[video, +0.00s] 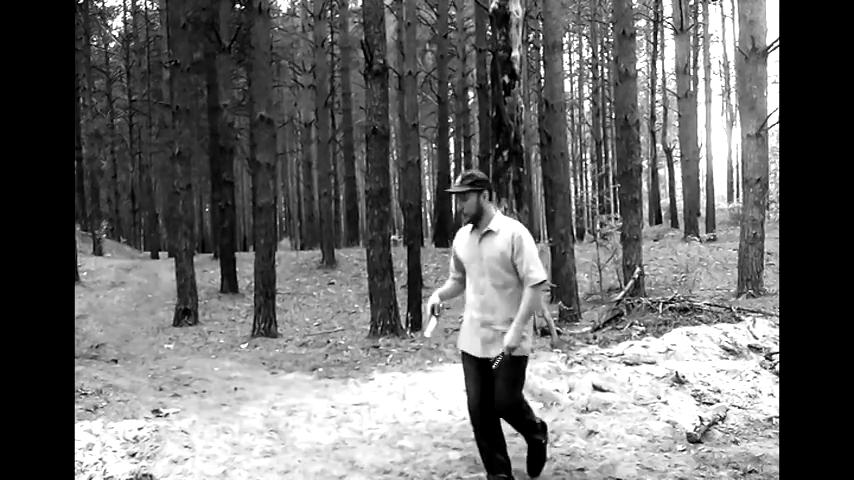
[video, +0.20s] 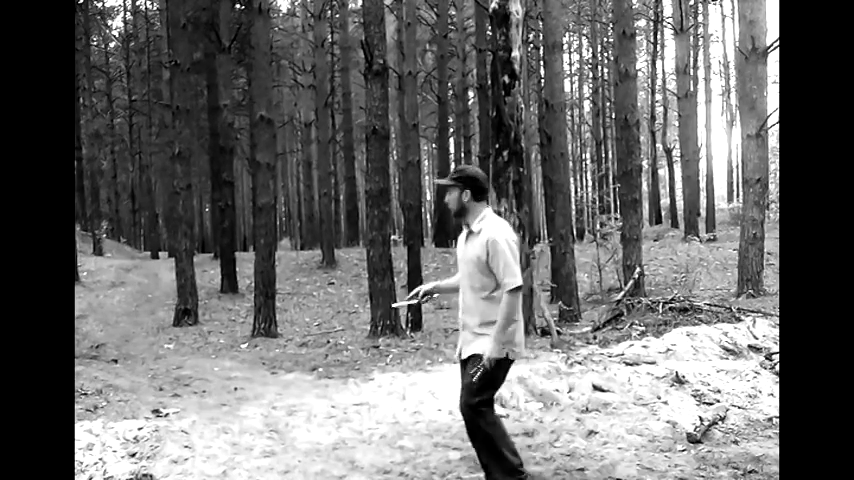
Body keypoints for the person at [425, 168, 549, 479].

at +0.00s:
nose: (459, 205)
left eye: (464, 198)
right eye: (457, 199)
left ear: (484, 196)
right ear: (463, 200)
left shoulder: (514, 233)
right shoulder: (462, 237)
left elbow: (535, 284)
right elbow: (457, 280)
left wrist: (516, 331)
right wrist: (438, 295)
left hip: (510, 338)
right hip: (473, 338)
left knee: (506, 403)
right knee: (479, 411)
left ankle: (536, 434)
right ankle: (498, 472)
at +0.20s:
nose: (444, 199)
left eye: (449, 192)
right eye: (445, 193)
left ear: (467, 193)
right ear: (466, 195)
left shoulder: (496, 233)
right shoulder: (468, 233)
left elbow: (513, 290)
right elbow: (467, 279)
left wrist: (496, 344)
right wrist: (434, 287)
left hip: (494, 343)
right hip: (471, 342)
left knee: (474, 405)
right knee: (474, 408)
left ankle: (510, 472)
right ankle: (497, 472)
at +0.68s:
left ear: (458, 186)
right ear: (493, 184)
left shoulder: (450, 231)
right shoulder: (521, 225)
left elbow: (441, 296)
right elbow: (537, 283)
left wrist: (433, 346)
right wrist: (547, 319)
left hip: (476, 355)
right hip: (522, 350)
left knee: (475, 432)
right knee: (517, 414)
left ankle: (488, 478)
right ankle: (531, 474)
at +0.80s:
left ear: (464, 187)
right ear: (499, 187)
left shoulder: (452, 236)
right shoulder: (529, 230)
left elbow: (438, 302)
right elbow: (544, 284)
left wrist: (432, 355)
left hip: (475, 360)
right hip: (524, 354)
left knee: (477, 445)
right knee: (536, 432)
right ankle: (532, 478)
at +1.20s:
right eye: (527, 182)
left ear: (489, 187)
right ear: (527, 185)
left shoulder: (473, 234)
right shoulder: (544, 228)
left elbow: (459, 298)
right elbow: (576, 274)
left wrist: (475, 341)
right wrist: (582, 249)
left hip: (496, 357)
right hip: (539, 356)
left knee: (508, 430)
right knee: (547, 442)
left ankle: (502, 477)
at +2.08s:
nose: (451, 246)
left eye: (451, 241)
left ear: (452, 242)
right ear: (479, 239)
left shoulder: (456, 262)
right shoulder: (492, 263)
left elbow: (447, 299)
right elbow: (493, 311)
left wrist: (437, 336)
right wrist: (469, 349)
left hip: (488, 339)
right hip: (524, 331)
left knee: (483, 405)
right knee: (531, 400)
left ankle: (478, 469)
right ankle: (530, 467)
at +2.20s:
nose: (445, 253)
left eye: (446, 249)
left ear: (448, 249)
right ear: (476, 247)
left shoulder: (451, 263)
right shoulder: (490, 269)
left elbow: (449, 285)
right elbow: (487, 325)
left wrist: (430, 327)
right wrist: (463, 370)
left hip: (488, 342)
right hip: (521, 329)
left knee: (484, 404)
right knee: (540, 385)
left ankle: (483, 469)